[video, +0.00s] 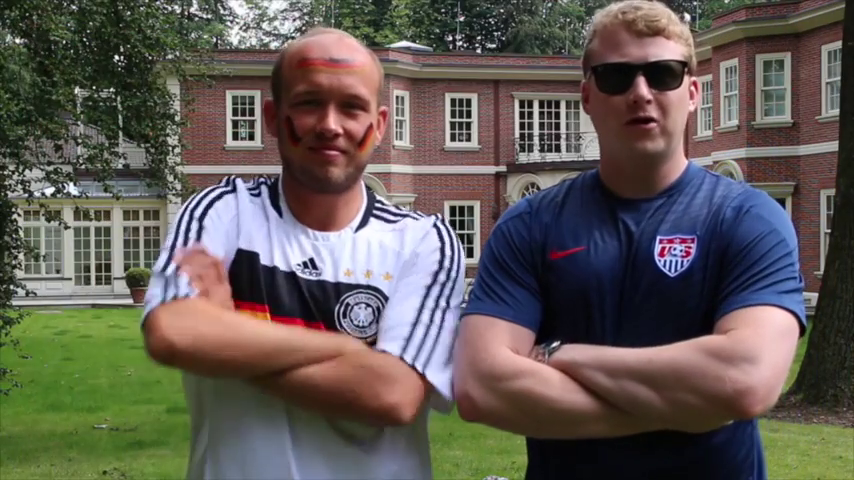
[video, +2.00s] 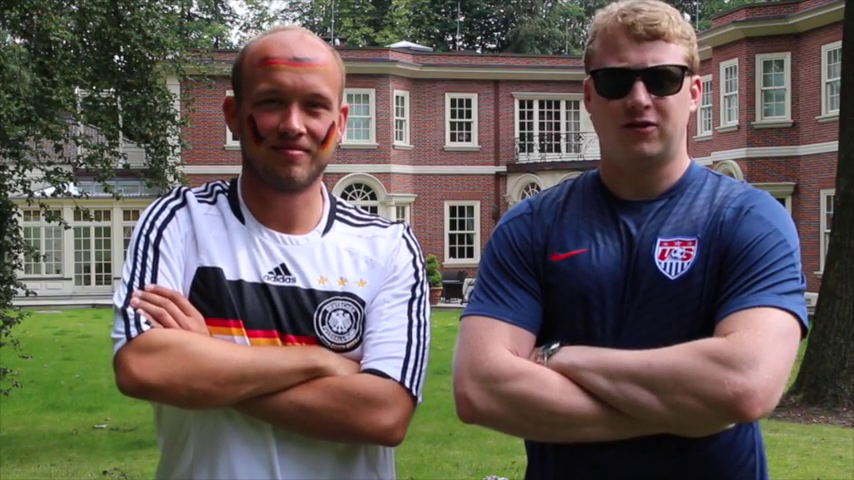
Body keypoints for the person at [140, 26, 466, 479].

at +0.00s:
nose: (330, 126)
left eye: (352, 107)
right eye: (310, 104)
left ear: (380, 125)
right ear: (274, 119)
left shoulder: (425, 241)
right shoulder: (218, 210)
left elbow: (397, 396)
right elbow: (169, 334)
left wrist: (230, 329)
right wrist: (356, 350)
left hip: (377, 477)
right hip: (231, 474)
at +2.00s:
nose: (293, 125)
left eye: (315, 106)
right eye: (272, 103)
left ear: (340, 122)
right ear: (234, 115)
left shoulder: (389, 247)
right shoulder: (175, 221)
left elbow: (386, 417)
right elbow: (139, 367)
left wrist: (210, 366)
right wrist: (322, 361)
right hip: (203, 474)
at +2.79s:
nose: (292, 124)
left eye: (314, 105)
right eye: (270, 102)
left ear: (338, 124)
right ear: (232, 116)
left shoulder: (387, 248)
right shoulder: (174, 221)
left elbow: (386, 418)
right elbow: (139, 372)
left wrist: (211, 369)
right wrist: (320, 363)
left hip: (343, 475)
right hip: (202, 473)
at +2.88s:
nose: (291, 124)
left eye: (312, 105)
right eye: (269, 102)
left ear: (337, 124)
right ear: (231, 116)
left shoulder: (387, 248)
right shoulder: (172, 223)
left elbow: (386, 419)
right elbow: (140, 374)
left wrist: (211, 371)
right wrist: (321, 364)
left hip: (343, 475)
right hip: (202, 473)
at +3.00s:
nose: (291, 124)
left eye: (312, 105)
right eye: (269, 102)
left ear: (337, 124)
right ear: (231, 117)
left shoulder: (386, 248)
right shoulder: (173, 223)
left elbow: (386, 420)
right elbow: (140, 374)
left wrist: (212, 372)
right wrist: (321, 365)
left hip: (341, 475)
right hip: (202, 473)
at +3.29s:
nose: (293, 124)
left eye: (314, 105)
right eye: (271, 102)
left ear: (339, 123)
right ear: (233, 117)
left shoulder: (387, 250)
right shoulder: (175, 221)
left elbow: (385, 422)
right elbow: (140, 373)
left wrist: (211, 372)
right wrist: (319, 366)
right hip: (201, 473)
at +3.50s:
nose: (293, 125)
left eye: (315, 105)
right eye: (271, 102)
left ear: (339, 124)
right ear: (233, 117)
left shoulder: (388, 249)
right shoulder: (175, 220)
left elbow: (384, 422)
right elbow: (139, 373)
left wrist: (211, 372)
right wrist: (318, 366)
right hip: (200, 473)